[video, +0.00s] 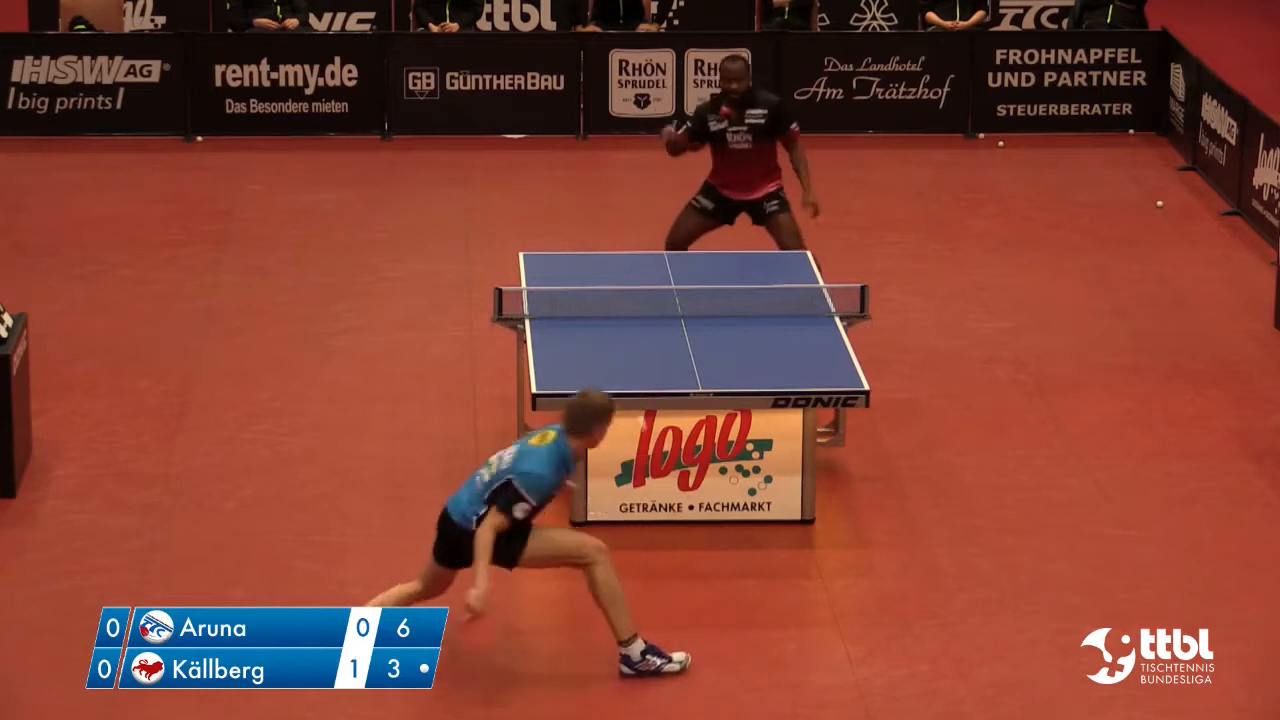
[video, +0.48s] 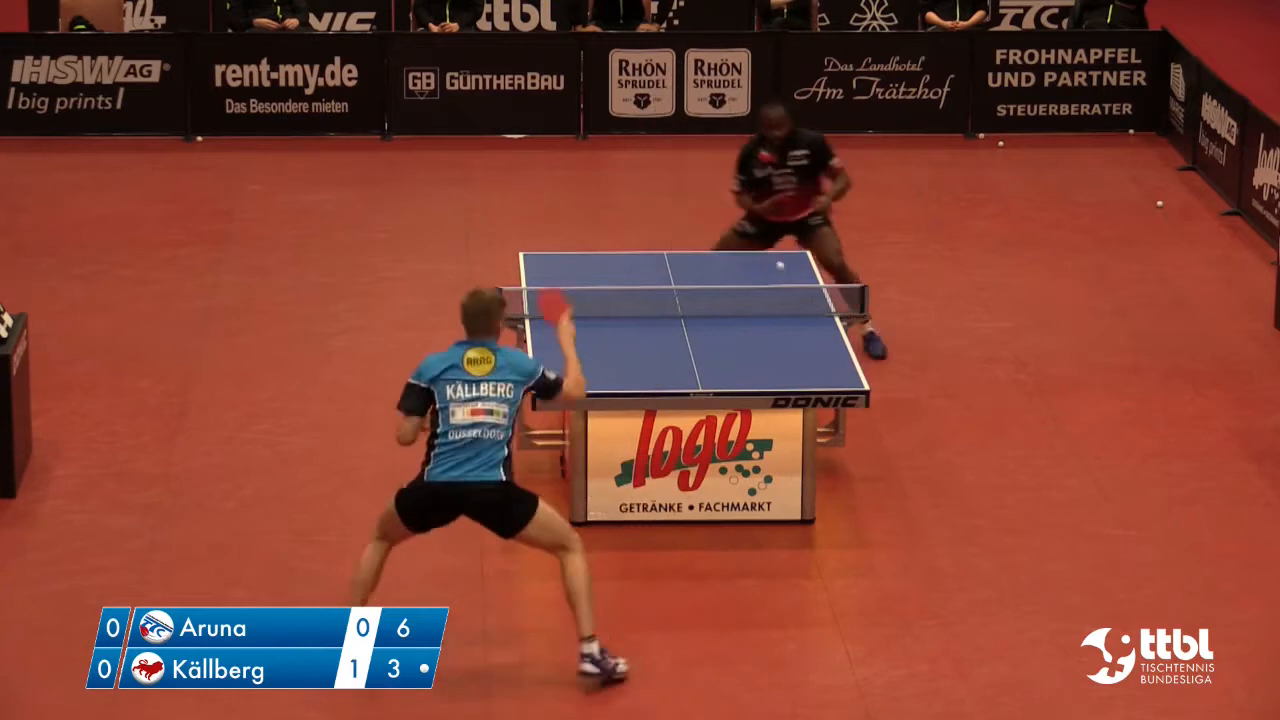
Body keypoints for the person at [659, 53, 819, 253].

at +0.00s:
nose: (733, 87)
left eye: (738, 81)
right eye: (727, 81)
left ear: (749, 80)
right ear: (720, 81)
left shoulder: (772, 106)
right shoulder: (709, 111)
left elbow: (794, 146)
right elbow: (676, 150)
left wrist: (807, 191)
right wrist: (673, 140)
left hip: (765, 193)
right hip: (721, 192)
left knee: (796, 253)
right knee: (675, 244)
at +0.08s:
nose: (730, 83)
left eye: (736, 77)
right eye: (724, 77)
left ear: (746, 76)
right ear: (716, 77)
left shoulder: (769, 103)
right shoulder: (706, 109)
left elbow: (793, 139)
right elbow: (690, 146)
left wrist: (796, 183)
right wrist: (677, 148)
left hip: (764, 190)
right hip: (721, 187)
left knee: (791, 252)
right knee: (673, 236)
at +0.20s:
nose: (721, 96)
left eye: (726, 89)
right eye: (715, 90)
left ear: (735, 88)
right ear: (706, 90)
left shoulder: (756, 113)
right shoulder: (701, 121)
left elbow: (785, 152)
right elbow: (692, 160)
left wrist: (776, 184)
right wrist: (681, 174)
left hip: (761, 196)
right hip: (719, 196)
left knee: (789, 254)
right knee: (670, 244)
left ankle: (833, 300)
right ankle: (659, 307)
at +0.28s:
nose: (719, 111)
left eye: (725, 104)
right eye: (713, 105)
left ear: (735, 103)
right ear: (706, 105)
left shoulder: (756, 127)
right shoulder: (699, 135)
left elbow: (785, 168)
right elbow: (690, 178)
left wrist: (770, 190)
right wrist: (685, 193)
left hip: (764, 208)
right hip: (720, 207)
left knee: (799, 260)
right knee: (667, 244)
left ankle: (846, 319)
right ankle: (662, 313)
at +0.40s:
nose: (748, 128)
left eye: (753, 121)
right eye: (742, 122)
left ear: (762, 119)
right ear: (734, 122)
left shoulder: (782, 143)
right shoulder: (722, 152)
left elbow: (813, 179)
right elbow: (712, 197)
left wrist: (797, 195)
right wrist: (724, 212)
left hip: (781, 218)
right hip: (738, 220)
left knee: (818, 267)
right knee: (684, 253)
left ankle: (858, 325)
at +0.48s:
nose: (775, 133)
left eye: (780, 126)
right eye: (770, 127)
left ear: (790, 123)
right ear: (761, 127)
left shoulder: (811, 143)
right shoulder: (751, 152)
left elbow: (843, 179)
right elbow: (741, 196)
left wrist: (829, 197)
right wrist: (760, 209)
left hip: (808, 217)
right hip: (766, 220)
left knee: (837, 266)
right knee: (719, 258)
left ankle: (868, 330)